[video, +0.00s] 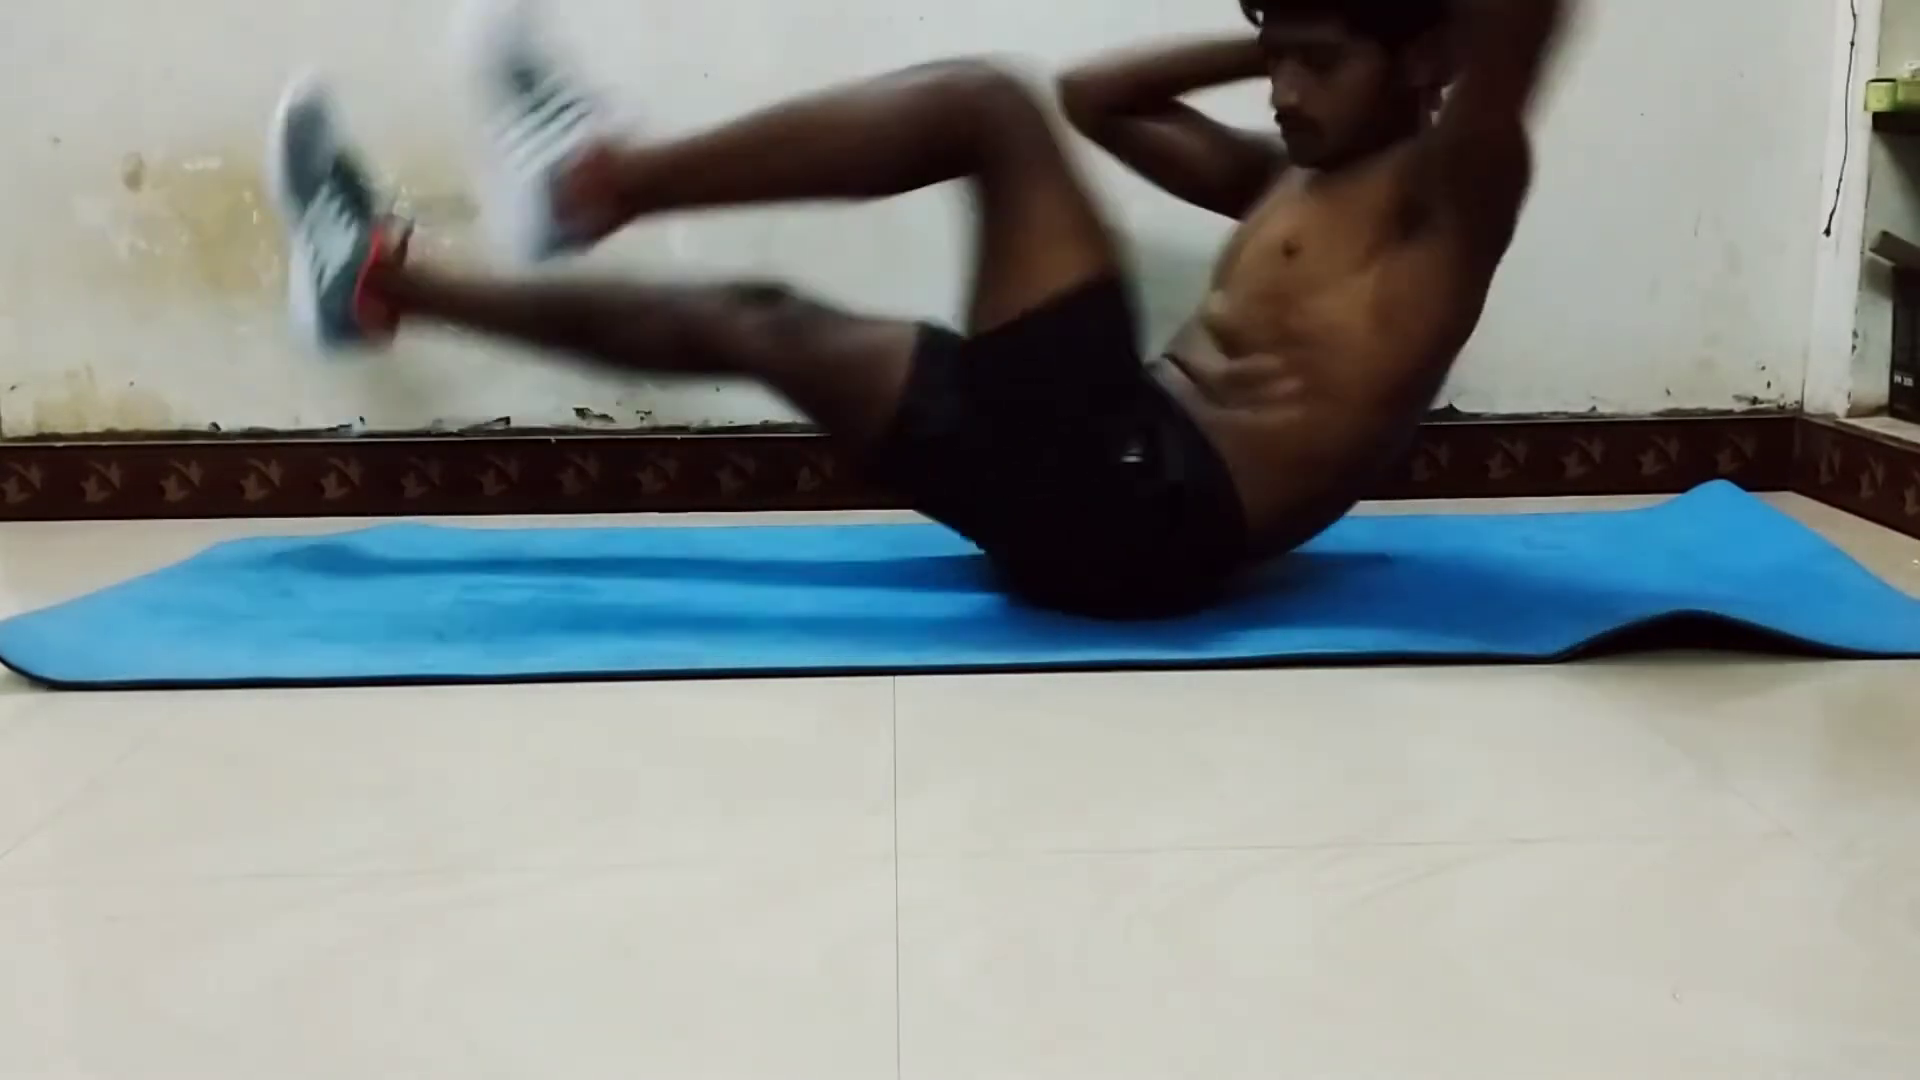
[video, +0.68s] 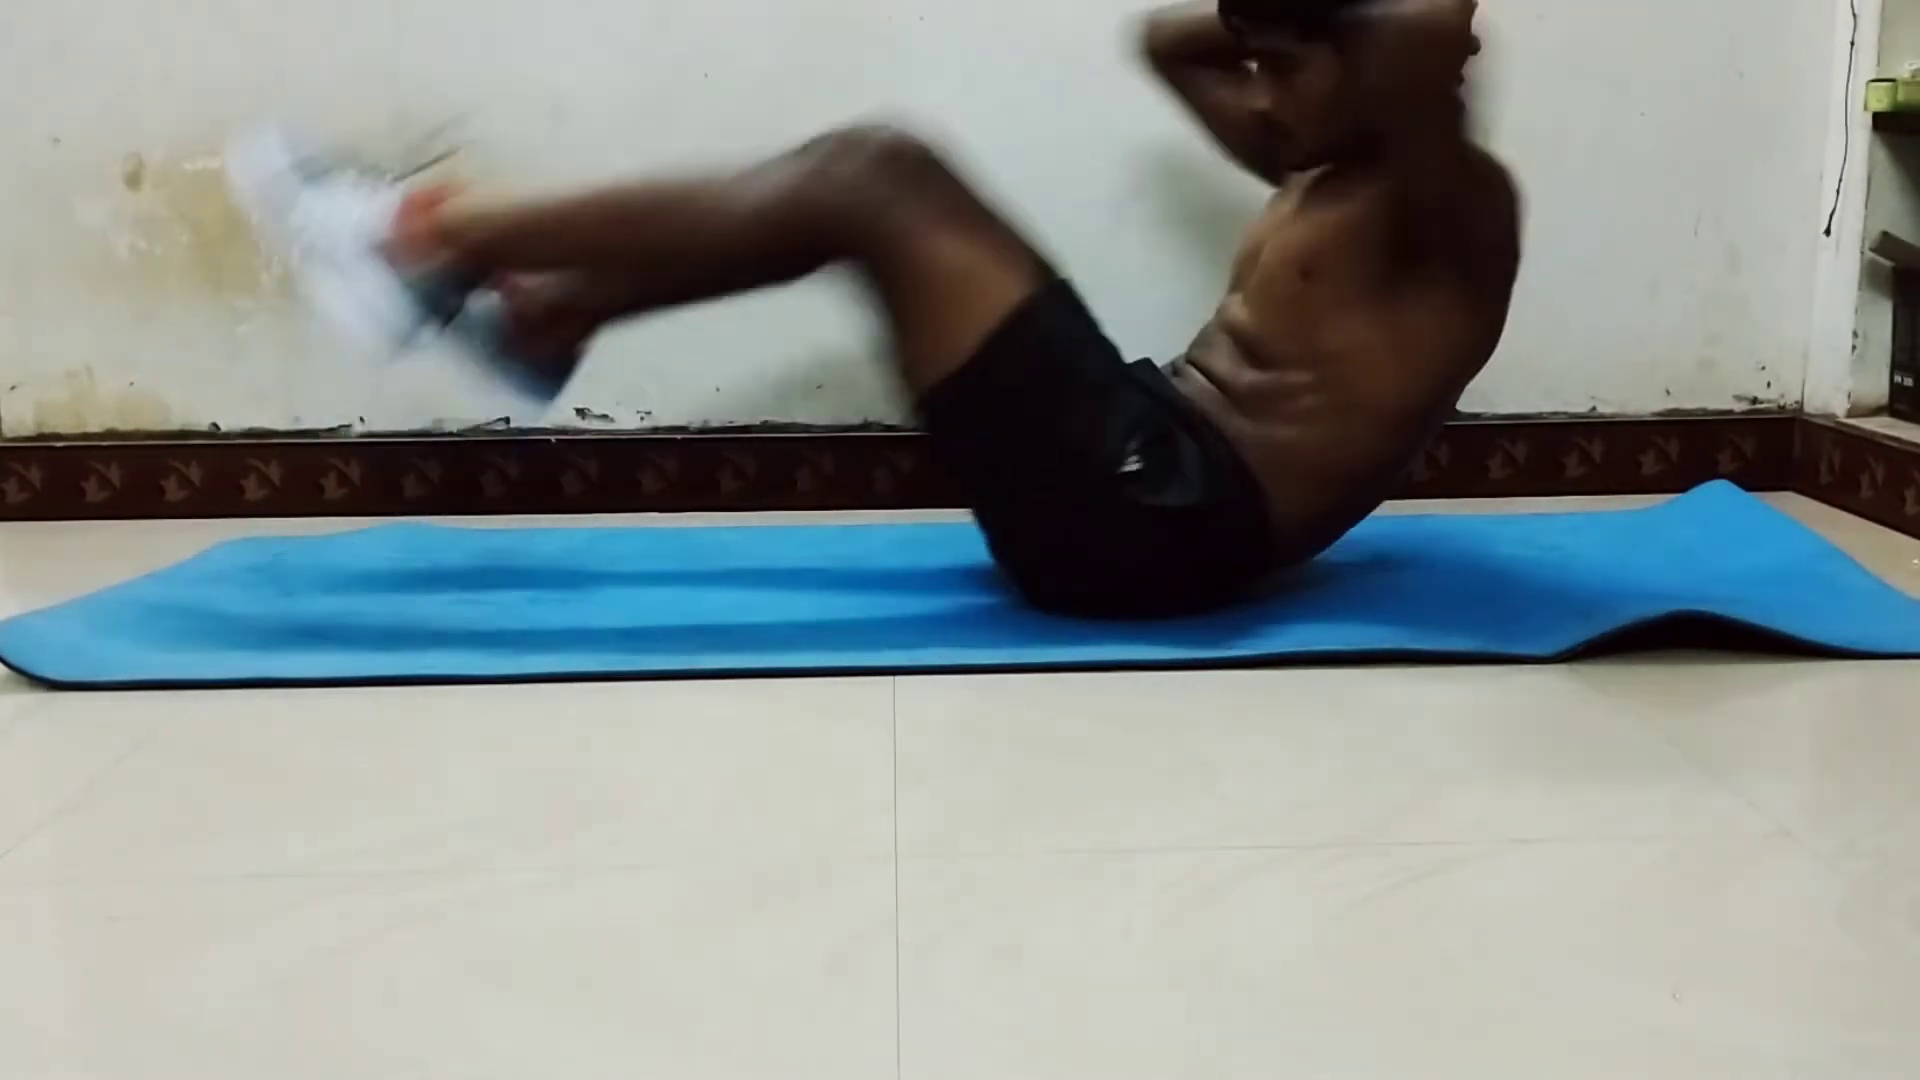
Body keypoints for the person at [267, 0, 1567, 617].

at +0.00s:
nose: (1287, 95)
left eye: (1315, 66)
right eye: (1278, 71)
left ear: (1417, 65)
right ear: (1288, 86)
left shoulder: (1452, 183)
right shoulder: (1295, 181)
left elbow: (1532, 27)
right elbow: (1095, 105)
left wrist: (1443, 50)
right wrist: (1255, 70)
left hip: (1150, 509)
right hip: (1077, 476)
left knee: (996, 105)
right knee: (754, 323)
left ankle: (601, 189)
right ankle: (390, 282)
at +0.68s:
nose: (1260, 109)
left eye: (1282, 69)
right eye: (1242, 71)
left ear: (1399, 56)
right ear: (1286, 70)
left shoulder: (1443, 201)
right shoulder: (1350, 166)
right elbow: (1175, 54)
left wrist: (1388, 51)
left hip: (1167, 522)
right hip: (1143, 476)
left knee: (872, 180)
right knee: (879, 173)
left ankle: (421, 234)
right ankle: (535, 320)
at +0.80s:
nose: (1252, 110)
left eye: (1278, 77)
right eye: (1250, 88)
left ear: (1402, 68)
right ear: (1359, 80)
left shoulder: (1441, 220)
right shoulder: (1355, 194)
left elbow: (1368, 152)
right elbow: (1281, 125)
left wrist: (1242, 65)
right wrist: (1241, 70)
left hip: (1159, 514)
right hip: (1127, 438)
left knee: (807, 247)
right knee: (934, 135)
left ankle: (370, 276)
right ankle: (592, 282)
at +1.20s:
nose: (1254, 75)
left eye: (1296, 52)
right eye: (1280, 47)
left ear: (1392, 66)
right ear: (1409, 74)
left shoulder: (1367, 170)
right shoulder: (1388, 166)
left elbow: (1072, 106)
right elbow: (1109, 88)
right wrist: (1343, 39)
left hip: (1132, 517)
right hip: (1143, 440)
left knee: (731, 430)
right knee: (1150, 123)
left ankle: (285, 472)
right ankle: (757, 161)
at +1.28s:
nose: (1257, 63)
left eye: (1276, 40)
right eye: (1268, 40)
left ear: (1385, 45)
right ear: (1406, 52)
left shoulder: (1388, 162)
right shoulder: (1385, 158)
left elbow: (1094, 91)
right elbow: (1113, 82)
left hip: (1146, 520)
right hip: (1151, 429)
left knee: (752, 388)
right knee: (1092, 116)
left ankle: (328, 472)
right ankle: (697, 184)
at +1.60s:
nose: (1468, 52)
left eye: (1448, 32)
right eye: (1450, 31)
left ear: (1405, 64)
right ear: (1407, 62)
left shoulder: (1438, 204)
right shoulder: (1396, 204)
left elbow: (1242, 44)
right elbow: (1248, 47)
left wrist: (1389, 26)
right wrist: (1376, 31)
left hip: (1159, 515)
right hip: (1140, 482)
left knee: (864, 193)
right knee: (862, 187)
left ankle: (487, 332)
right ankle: (495, 281)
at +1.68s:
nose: (1283, 101)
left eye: (1300, 61)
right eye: (1278, 65)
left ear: (1392, 66)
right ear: (1400, 77)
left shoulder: (1441, 212)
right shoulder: (1363, 201)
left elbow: (1262, 43)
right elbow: (1203, 90)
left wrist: (1416, 41)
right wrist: (1378, 55)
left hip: (1153, 516)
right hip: (1118, 486)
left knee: (898, 163)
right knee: (839, 218)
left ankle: (500, 300)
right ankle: (474, 296)